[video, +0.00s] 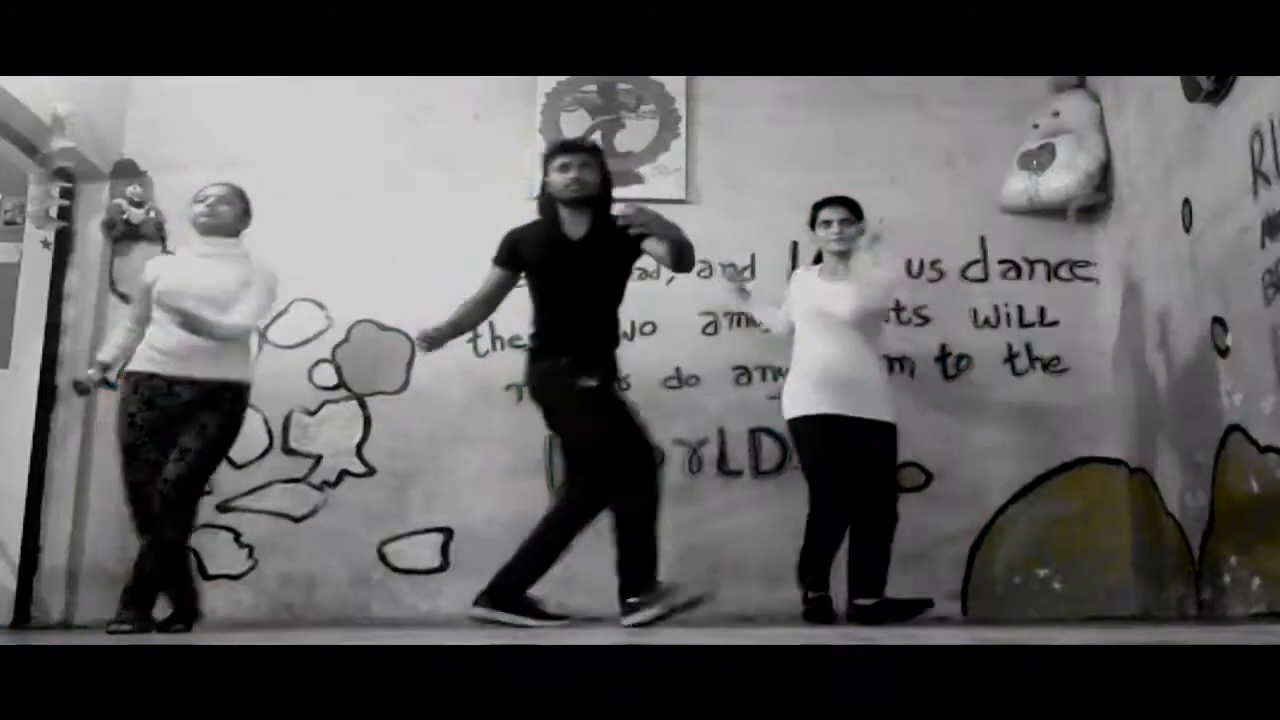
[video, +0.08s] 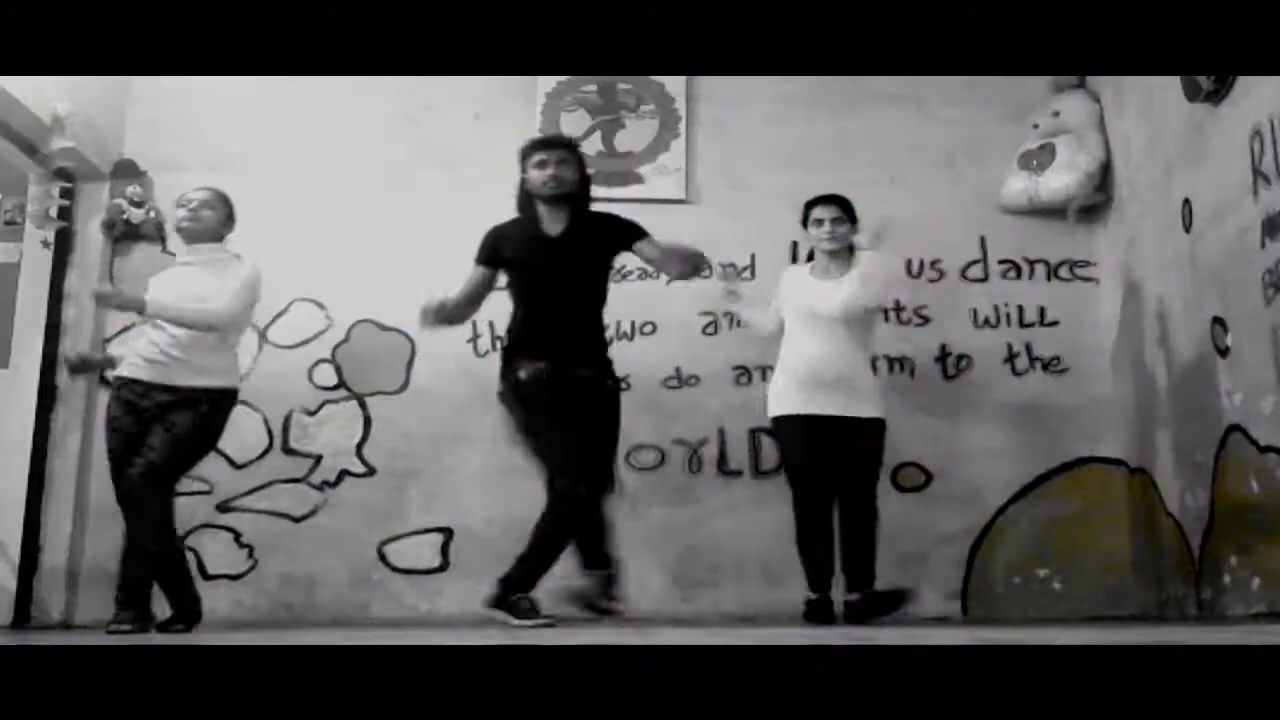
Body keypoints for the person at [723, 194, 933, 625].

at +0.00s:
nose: (836, 230)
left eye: (845, 223)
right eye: (827, 224)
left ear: (861, 229)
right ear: (814, 233)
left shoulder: (877, 272)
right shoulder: (801, 280)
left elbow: (855, 308)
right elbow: (782, 326)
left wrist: (865, 254)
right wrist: (745, 300)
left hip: (868, 403)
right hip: (813, 402)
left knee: (877, 505)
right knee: (830, 500)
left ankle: (866, 597)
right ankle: (815, 592)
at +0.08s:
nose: (828, 229)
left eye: (837, 222)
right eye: (819, 223)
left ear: (853, 228)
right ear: (806, 232)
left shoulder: (870, 270)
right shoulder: (792, 278)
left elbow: (848, 304)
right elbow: (771, 325)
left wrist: (860, 253)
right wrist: (737, 301)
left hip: (856, 406)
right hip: (798, 406)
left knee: (858, 504)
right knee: (810, 505)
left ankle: (859, 595)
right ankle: (818, 596)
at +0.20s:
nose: (816, 229)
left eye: (825, 222)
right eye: (806, 223)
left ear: (841, 229)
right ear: (794, 232)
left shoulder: (863, 277)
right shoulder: (777, 278)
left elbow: (928, 305)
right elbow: (724, 308)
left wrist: (935, 275)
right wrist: (712, 276)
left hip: (842, 401)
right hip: (786, 404)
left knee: (821, 500)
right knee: (803, 503)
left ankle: (830, 591)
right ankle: (836, 590)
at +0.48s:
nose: (786, 234)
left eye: (795, 226)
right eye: (776, 228)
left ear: (811, 233)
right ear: (766, 237)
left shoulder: (837, 282)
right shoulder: (749, 283)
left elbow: (889, 326)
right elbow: (695, 323)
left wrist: (899, 308)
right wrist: (668, 296)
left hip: (821, 406)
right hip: (760, 407)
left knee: (812, 504)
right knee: (760, 499)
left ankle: (812, 604)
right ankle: (823, 583)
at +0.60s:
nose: (777, 237)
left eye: (786, 230)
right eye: (769, 231)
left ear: (803, 237)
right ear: (757, 240)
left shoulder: (820, 287)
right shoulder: (743, 287)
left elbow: (819, 322)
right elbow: (722, 335)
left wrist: (820, 272)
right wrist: (676, 314)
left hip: (808, 413)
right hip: (750, 412)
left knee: (824, 507)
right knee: (768, 506)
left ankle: (819, 596)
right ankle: (773, 597)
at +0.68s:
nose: (746, 257)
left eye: (753, 251)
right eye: (739, 252)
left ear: (768, 258)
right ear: (729, 261)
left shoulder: (782, 296)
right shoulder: (718, 300)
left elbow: (784, 320)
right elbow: (702, 343)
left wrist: (785, 280)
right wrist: (665, 328)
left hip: (771, 403)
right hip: (722, 404)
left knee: (777, 483)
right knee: (739, 486)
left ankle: (785, 559)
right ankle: (752, 562)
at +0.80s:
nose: (734, 253)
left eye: (742, 247)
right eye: (726, 249)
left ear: (756, 254)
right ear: (717, 256)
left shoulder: (775, 293)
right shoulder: (708, 297)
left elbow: (827, 321)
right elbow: (665, 332)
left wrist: (827, 289)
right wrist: (635, 312)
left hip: (763, 397)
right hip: (717, 399)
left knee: (745, 479)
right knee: (727, 482)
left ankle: (743, 556)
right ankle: (753, 558)